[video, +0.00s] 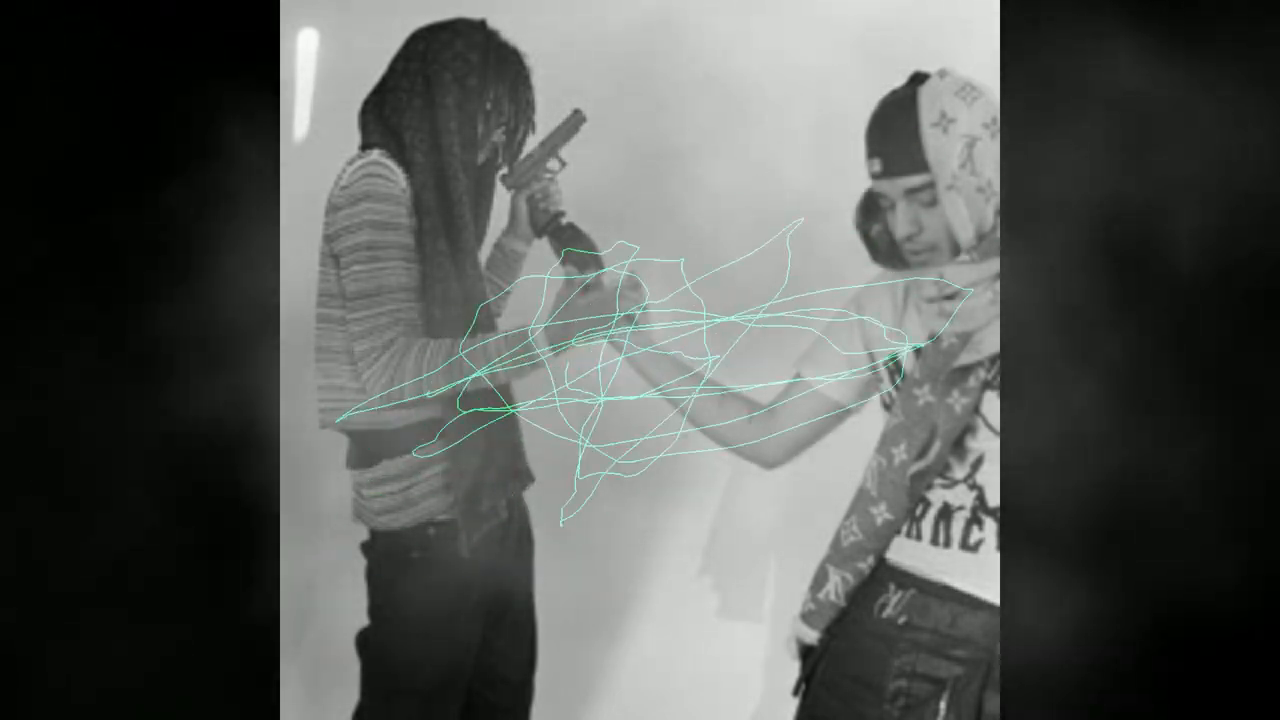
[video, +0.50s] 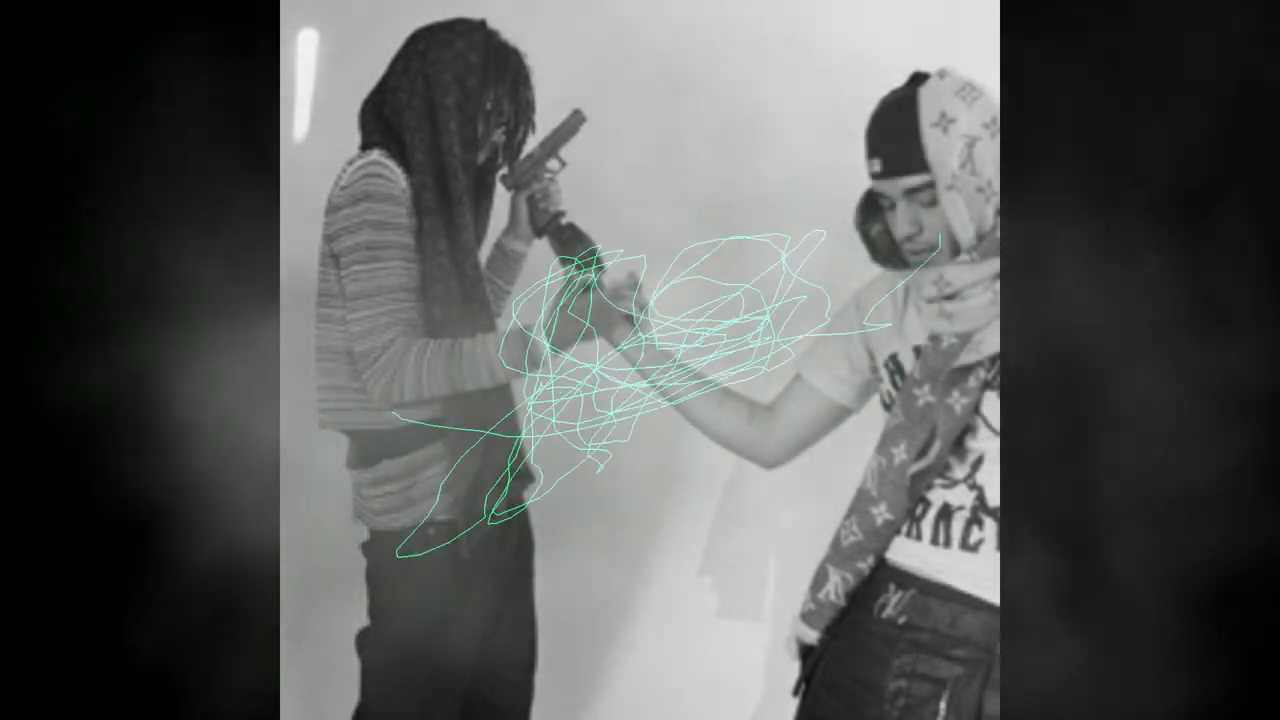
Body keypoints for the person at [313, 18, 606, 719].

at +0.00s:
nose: (499, 146)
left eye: (506, 125)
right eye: (492, 120)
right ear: (448, 106)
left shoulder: (426, 190)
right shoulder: (377, 182)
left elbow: (460, 328)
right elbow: (386, 370)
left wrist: (516, 234)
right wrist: (554, 335)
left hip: (487, 502)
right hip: (425, 518)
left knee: (499, 701)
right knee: (413, 706)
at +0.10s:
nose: (499, 146)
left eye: (506, 127)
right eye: (494, 122)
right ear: (452, 109)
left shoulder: (427, 191)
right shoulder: (377, 182)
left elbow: (463, 329)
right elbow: (390, 370)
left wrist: (518, 234)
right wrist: (547, 338)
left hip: (490, 505)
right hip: (427, 519)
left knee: (501, 703)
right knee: (410, 707)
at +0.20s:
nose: (499, 145)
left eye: (507, 127)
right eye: (492, 121)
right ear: (448, 108)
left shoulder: (423, 192)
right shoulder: (377, 183)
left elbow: (464, 328)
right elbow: (389, 369)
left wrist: (518, 234)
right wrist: (552, 337)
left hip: (485, 500)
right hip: (425, 515)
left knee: (501, 700)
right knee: (411, 704)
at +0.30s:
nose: (500, 146)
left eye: (507, 127)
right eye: (494, 122)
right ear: (451, 110)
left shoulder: (427, 192)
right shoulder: (377, 183)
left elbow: (463, 331)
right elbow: (385, 370)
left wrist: (518, 234)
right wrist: (551, 336)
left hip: (488, 505)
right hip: (425, 521)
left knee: (501, 700)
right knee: (412, 704)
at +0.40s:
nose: (498, 144)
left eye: (505, 126)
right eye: (492, 120)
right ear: (448, 108)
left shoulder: (424, 191)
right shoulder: (377, 183)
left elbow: (462, 329)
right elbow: (388, 370)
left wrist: (518, 235)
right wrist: (543, 338)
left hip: (484, 501)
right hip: (423, 515)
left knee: (501, 698)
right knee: (413, 702)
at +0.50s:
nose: (497, 144)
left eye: (504, 124)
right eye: (489, 119)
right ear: (445, 106)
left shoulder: (426, 192)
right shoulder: (377, 182)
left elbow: (461, 335)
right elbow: (392, 372)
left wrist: (517, 236)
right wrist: (550, 336)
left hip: (487, 495)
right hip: (426, 506)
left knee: (501, 694)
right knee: (417, 700)